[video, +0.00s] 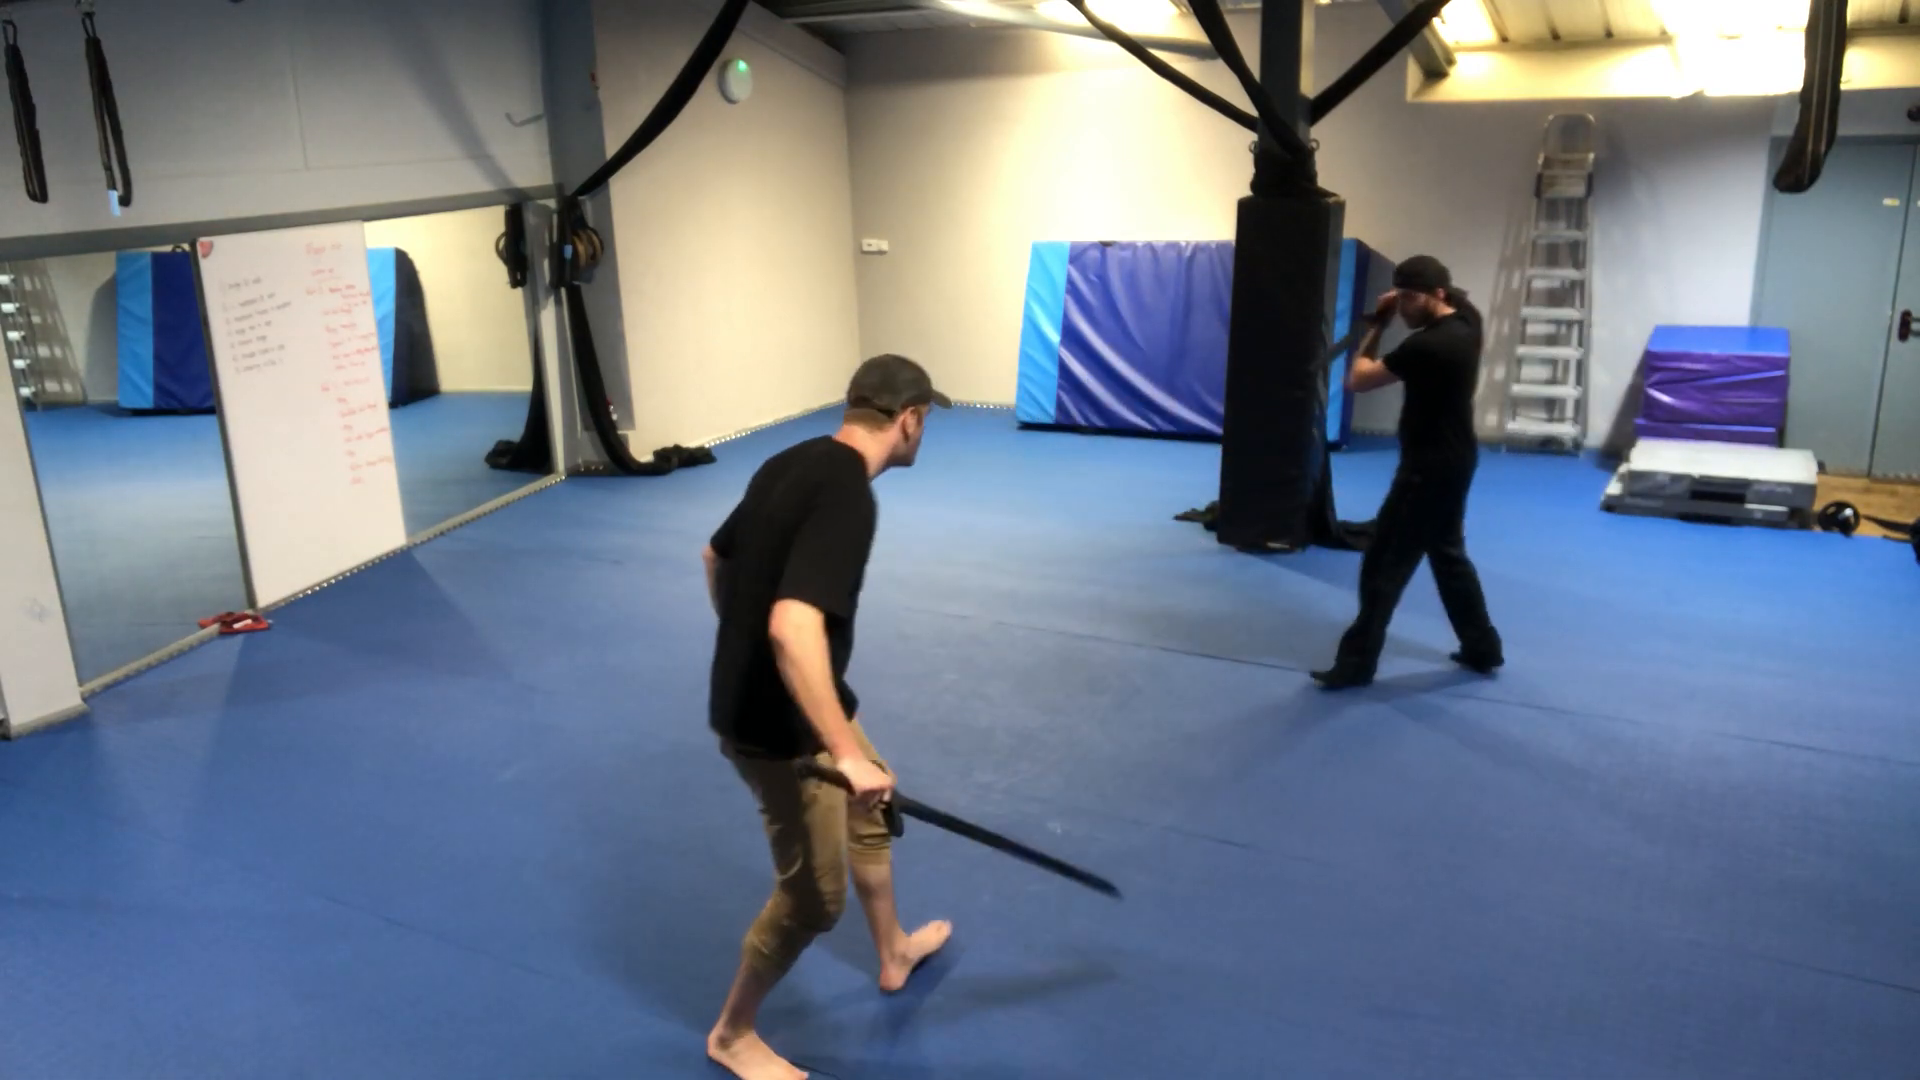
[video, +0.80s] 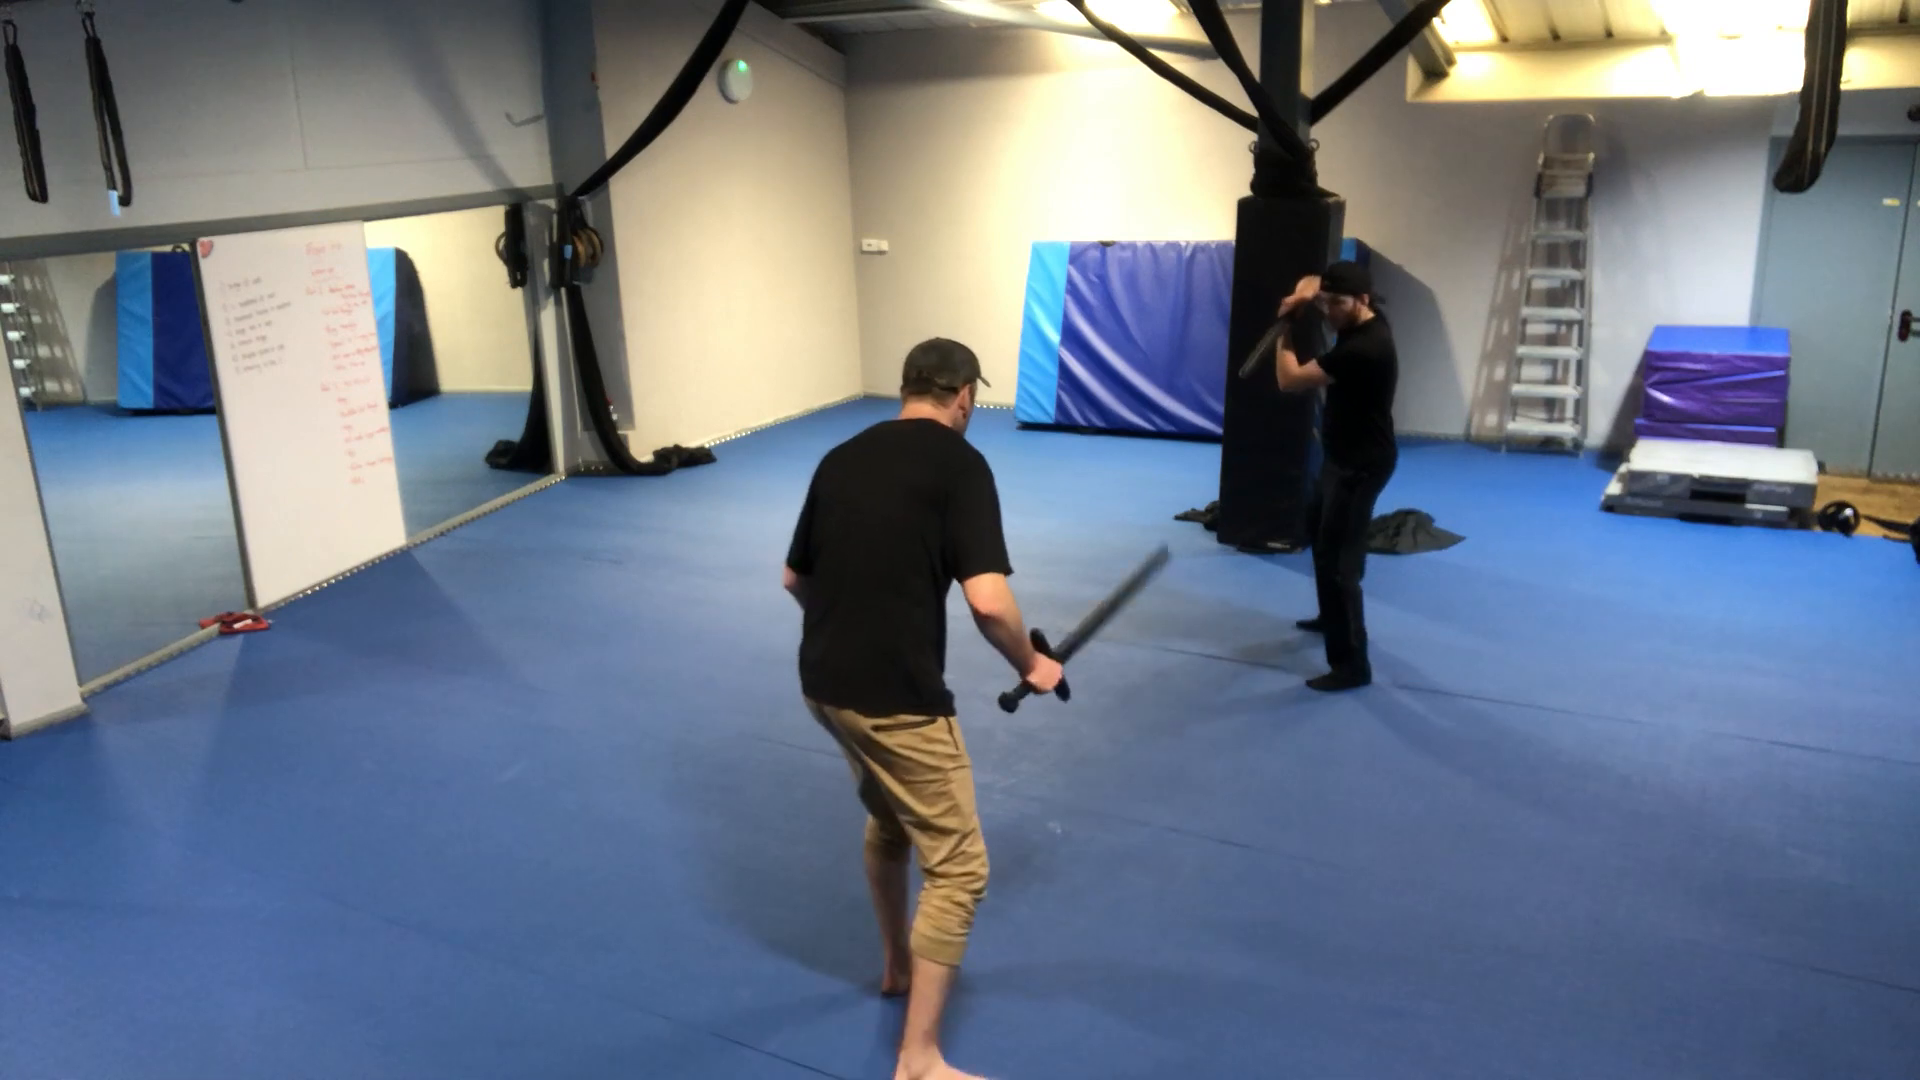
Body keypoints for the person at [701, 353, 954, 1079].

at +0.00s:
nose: (923, 435)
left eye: (925, 422)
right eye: (925, 421)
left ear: (854, 407)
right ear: (906, 418)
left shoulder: (790, 464)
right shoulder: (845, 493)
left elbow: (718, 554)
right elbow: (792, 626)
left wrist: (755, 644)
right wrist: (851, 758)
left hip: (772, 706)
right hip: (781, 732)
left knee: (873, 796)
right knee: (812, 898)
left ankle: (893, 951)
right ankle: (731, 1033)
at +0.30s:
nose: (947, 416)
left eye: (947, 404)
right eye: (949, 404)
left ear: (880, 394)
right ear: (935, 400)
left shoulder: (815, 458)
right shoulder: (916, 468)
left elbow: (740, 563)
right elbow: (901, 588)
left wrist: (761, 665)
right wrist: (941, 715)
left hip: (796, 685)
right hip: (848, 695)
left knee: (884, 816)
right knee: (847, 865)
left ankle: (898, 954)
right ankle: (740, 1015)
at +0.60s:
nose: (961, 412)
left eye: (961, 402)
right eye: (963, 401)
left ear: (893, 391)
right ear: (949, 396)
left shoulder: (829, 455)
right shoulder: (942, 456)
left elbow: (777, 570)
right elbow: (967, 589)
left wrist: (820, 636)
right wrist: (1020, 680)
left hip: (819, 675)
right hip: (886, 684)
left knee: (887, 816)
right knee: (931, 854)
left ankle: (896, 957)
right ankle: (822, 1024)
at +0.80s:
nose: (972, 412)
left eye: (971, 402)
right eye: (974, 402)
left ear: (903, 391)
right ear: (962, 397)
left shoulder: (841, 457)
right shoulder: (958, 463)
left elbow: (796, 574)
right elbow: (989, 604)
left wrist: (853, 617)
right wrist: (1029, 661)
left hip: (826, 680)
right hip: (898, 690)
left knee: (888, 820)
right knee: (956, 861)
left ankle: (897, 964)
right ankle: (918, 1054)